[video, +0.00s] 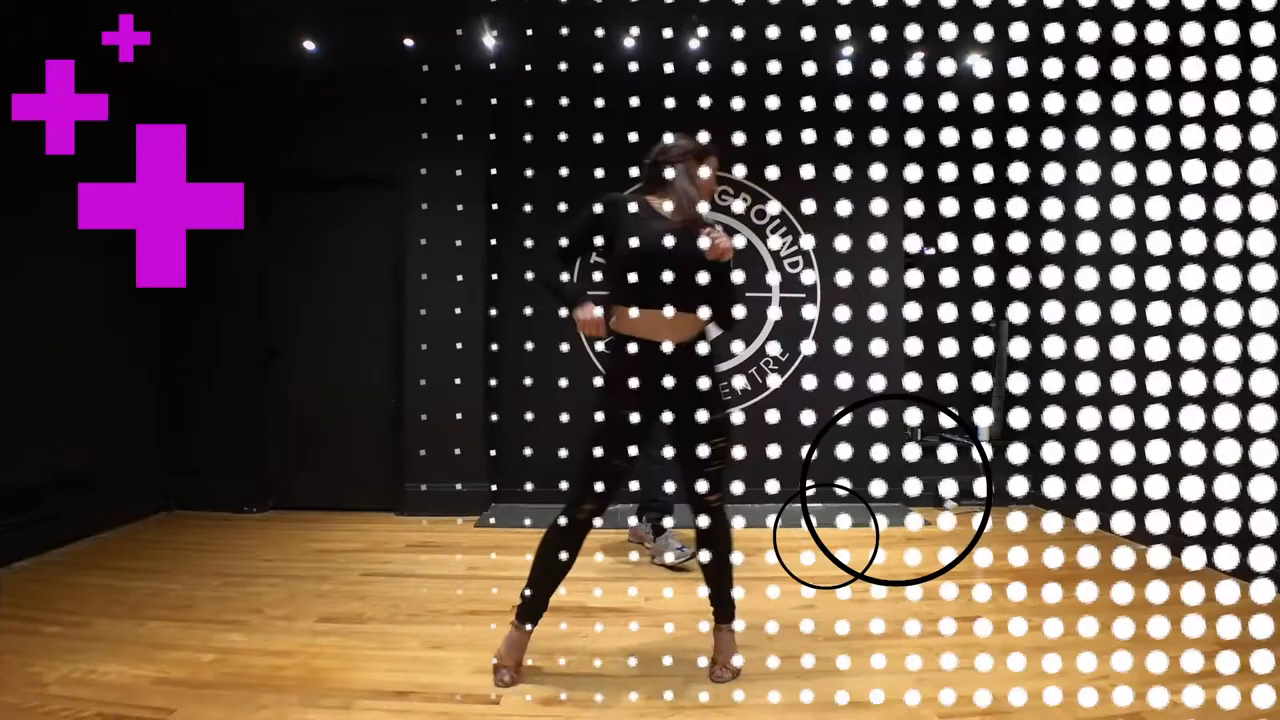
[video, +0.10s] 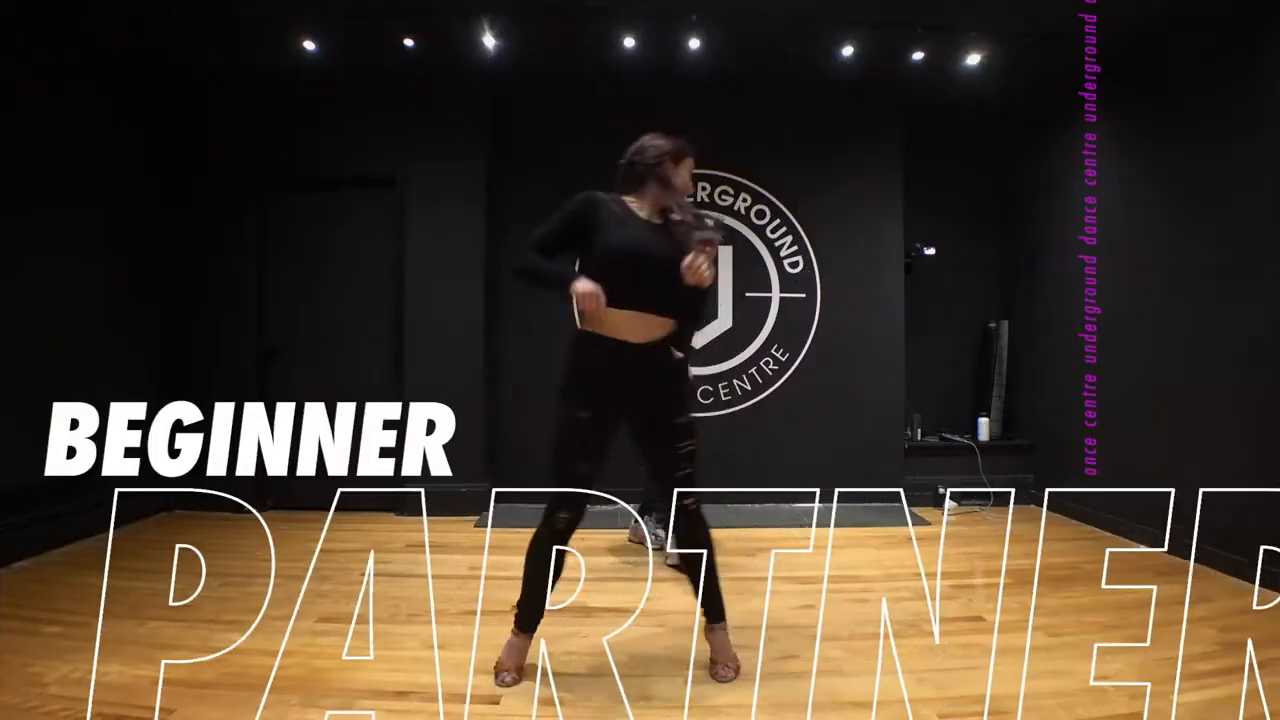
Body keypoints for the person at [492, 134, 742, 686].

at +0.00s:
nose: (714, 184)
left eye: (715, 174)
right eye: (707, 172)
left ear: (699, 177)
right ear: (675, 171)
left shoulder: (711, 236)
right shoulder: (616, 217)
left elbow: (724, 319)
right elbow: (589, 297)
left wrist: (721, 266)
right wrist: (588, 314)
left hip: (695, 376)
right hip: (628, 372)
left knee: (710, 503)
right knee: (588, 502)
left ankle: (724, 630)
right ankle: (522, 629)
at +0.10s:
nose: (691, 182)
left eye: (692, 174)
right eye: (686, 172)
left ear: (665, 172)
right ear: (657, 170)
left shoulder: (685, 232)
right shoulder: (594, 210)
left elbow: (690, 325)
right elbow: (527, 261)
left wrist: (699, 284)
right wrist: (570, 279)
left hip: (661, 374)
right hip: (594, 368)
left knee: (683, 506)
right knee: (566, 506)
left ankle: (716, 629)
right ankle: (522, 631)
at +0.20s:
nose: (653, 185)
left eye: (653, 176)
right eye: (648, 174)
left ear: (625, 176)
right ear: (621, 174)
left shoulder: (641, 237)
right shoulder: (557, 209)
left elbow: (641, 304)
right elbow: (503, 276)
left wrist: (661, 306)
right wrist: (563, 258)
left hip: (610, 372)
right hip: (546, 365)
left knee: (635, 508)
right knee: (527, 507)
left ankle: (659, 630)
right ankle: (515, 632)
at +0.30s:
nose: (630, 183)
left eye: (631, 175)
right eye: (627, 172)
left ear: (607, 175)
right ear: (603, 171)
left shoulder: (619, 231)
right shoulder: (538, 210)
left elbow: (604, 304)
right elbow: (495, 284)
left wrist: (633, 319)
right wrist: (557, 261)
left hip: (586, 376)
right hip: (524, 368)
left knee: (593, 508)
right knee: (510, 505)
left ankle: (581, 627)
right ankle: (512, 631)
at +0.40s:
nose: (613, 179)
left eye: (613, 169)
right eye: (608, 168)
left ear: (592, 173)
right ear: (582, 167)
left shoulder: (597, 235)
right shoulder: (520, 211)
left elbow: (591, 309)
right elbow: (484, 289)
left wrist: (626, 320)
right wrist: (549, 277)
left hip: (565, 376)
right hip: (505, 369)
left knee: (546, 507)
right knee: (495, 506)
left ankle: (545, 628)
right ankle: (507, 631)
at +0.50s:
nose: (592, 174)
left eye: (592, 164)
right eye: (586, 162)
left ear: (570, 168)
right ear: (558, 162)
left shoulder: (577, 231)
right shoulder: (495, 206)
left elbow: (596, 313)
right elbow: (455, 274)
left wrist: (621, 281)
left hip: (545, 364)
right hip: (483, 360)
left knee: (546, 499)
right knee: (462, 499)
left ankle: (548, 625)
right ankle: (462, 628)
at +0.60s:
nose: (575, 173)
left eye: (575, 164)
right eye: (568, 162)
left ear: (552, 167)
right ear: (537, 161)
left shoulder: (564, 226)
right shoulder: (474, 206)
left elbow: (594, 309)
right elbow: (421, 263)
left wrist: (584, 250)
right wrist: (395, 302)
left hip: (537, 365)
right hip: (471, 360)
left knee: (540, 495)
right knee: (436, 492)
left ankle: (546, 624)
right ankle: (415, 621)